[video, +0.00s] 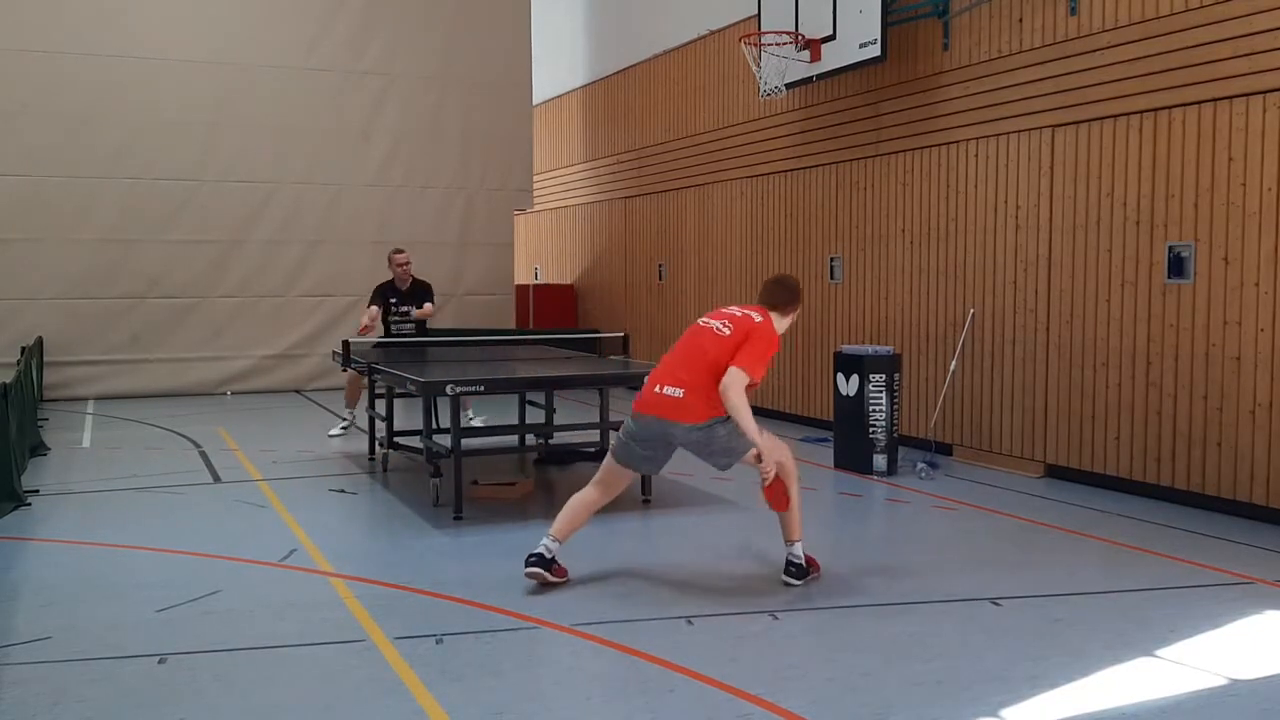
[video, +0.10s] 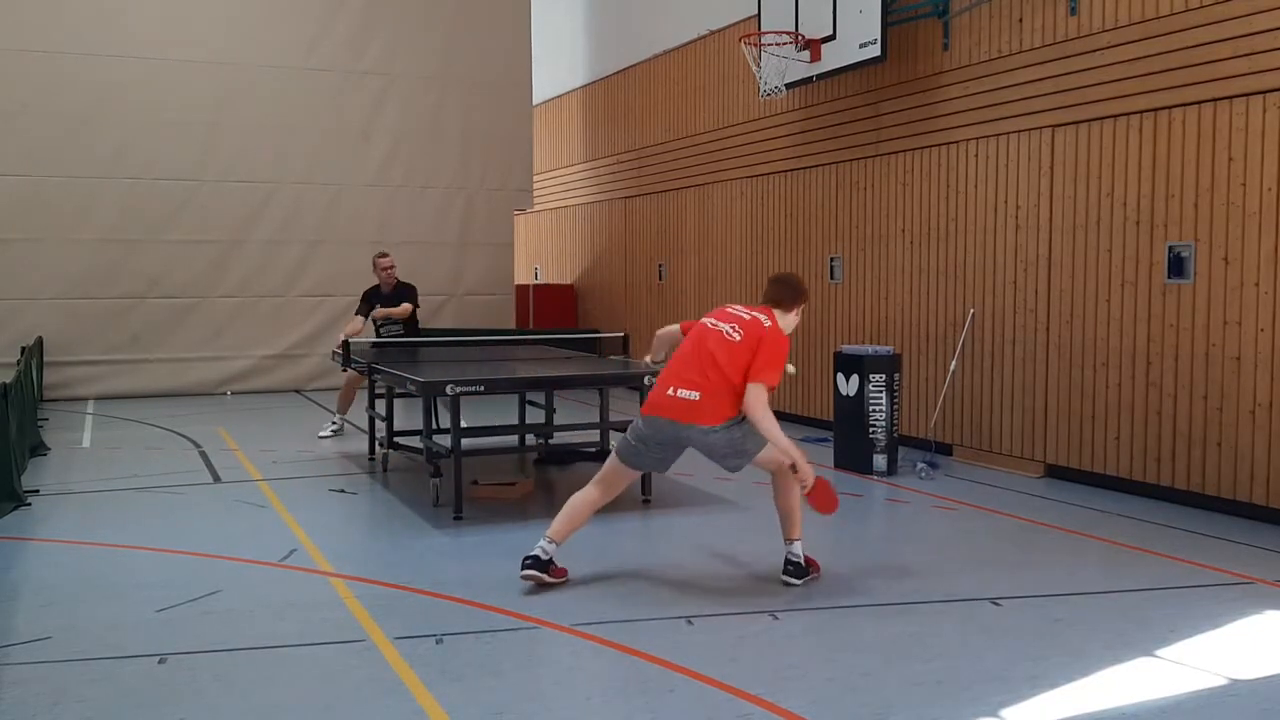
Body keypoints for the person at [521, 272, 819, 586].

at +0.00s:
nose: (792, 323)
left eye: (793, 316)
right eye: (794, 317)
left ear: (759, 299)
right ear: (791, 313)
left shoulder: (721, 313)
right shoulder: (766, 331)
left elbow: (690, 368)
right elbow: (732, 386)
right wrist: (759, 443)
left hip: (648, 410)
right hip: (698, 415)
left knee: (599, 489)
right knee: (783, 459)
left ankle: (543, 552)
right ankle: (796, 559)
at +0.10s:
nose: (798, 322)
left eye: (799, 314)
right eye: (799, 314)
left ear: (765, 300)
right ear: (793, 310)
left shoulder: (725, 313)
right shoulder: (775, 336)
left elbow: (667, 333)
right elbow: (755, 406)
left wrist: (654, 360)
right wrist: (797, 457)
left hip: (659, 410)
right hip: (713, 419)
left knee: (600, 488)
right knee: (786, 463)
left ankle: (540, 553)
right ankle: (795, 559)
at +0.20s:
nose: (798, 305)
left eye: (800, 298)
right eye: (800, 297)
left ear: (764, 282)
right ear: (792, 291)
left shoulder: (721, 293)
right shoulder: (788, 326)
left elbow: (654, 313)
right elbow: (792, 403)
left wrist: (658, 326)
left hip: (678, 403)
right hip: (735, 413)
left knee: (613, 484)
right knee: (788, 464)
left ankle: (545, 552)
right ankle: (796, 555)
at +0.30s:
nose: (794, 270)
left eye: (794, 265)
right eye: (795, 264)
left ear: (757, 255)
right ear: (792, 264)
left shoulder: (729, 272)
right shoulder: (796, 298)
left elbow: (662, 287)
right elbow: (803, 342)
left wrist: (671, 277)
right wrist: (782, 315)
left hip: (702, 387)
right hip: (758, 398)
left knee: (636, 471)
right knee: (789, 467)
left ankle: (568, 549)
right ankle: (797, 556)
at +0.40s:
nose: (740, 226)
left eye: (742, 221)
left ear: (746, 223)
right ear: (784, 227)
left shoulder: (734, 247)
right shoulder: (797, 268)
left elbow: (677, 270)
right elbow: (793, 304)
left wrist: (659, 262)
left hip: (727, 372)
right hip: (779, 380)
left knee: (662, 460)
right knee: (791, 459)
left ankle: (627, 555)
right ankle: (802, 549)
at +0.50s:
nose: (733, 213)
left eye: (734, 208)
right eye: (737, 208)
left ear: (739, 210)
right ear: (774, 212)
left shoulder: (732, 239)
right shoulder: (791, 252)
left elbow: (691, 276)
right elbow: (787, 303)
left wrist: (650, 274)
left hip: (748, 366)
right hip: (797, 370)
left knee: (681, 457)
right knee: (806, 451)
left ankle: (682, 565)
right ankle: (833, 537)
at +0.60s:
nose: (728, 227)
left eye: (729, 222)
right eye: (731, 222)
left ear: (733, 224)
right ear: (769, 224)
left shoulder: (733, 255)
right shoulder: (786, 261)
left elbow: (715, 304)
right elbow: (781, 311)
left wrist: (663, 312)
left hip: (762, 382)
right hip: (808, 382)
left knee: (685, 463)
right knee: (822, 459)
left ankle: (682, 572)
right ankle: (869, 540)